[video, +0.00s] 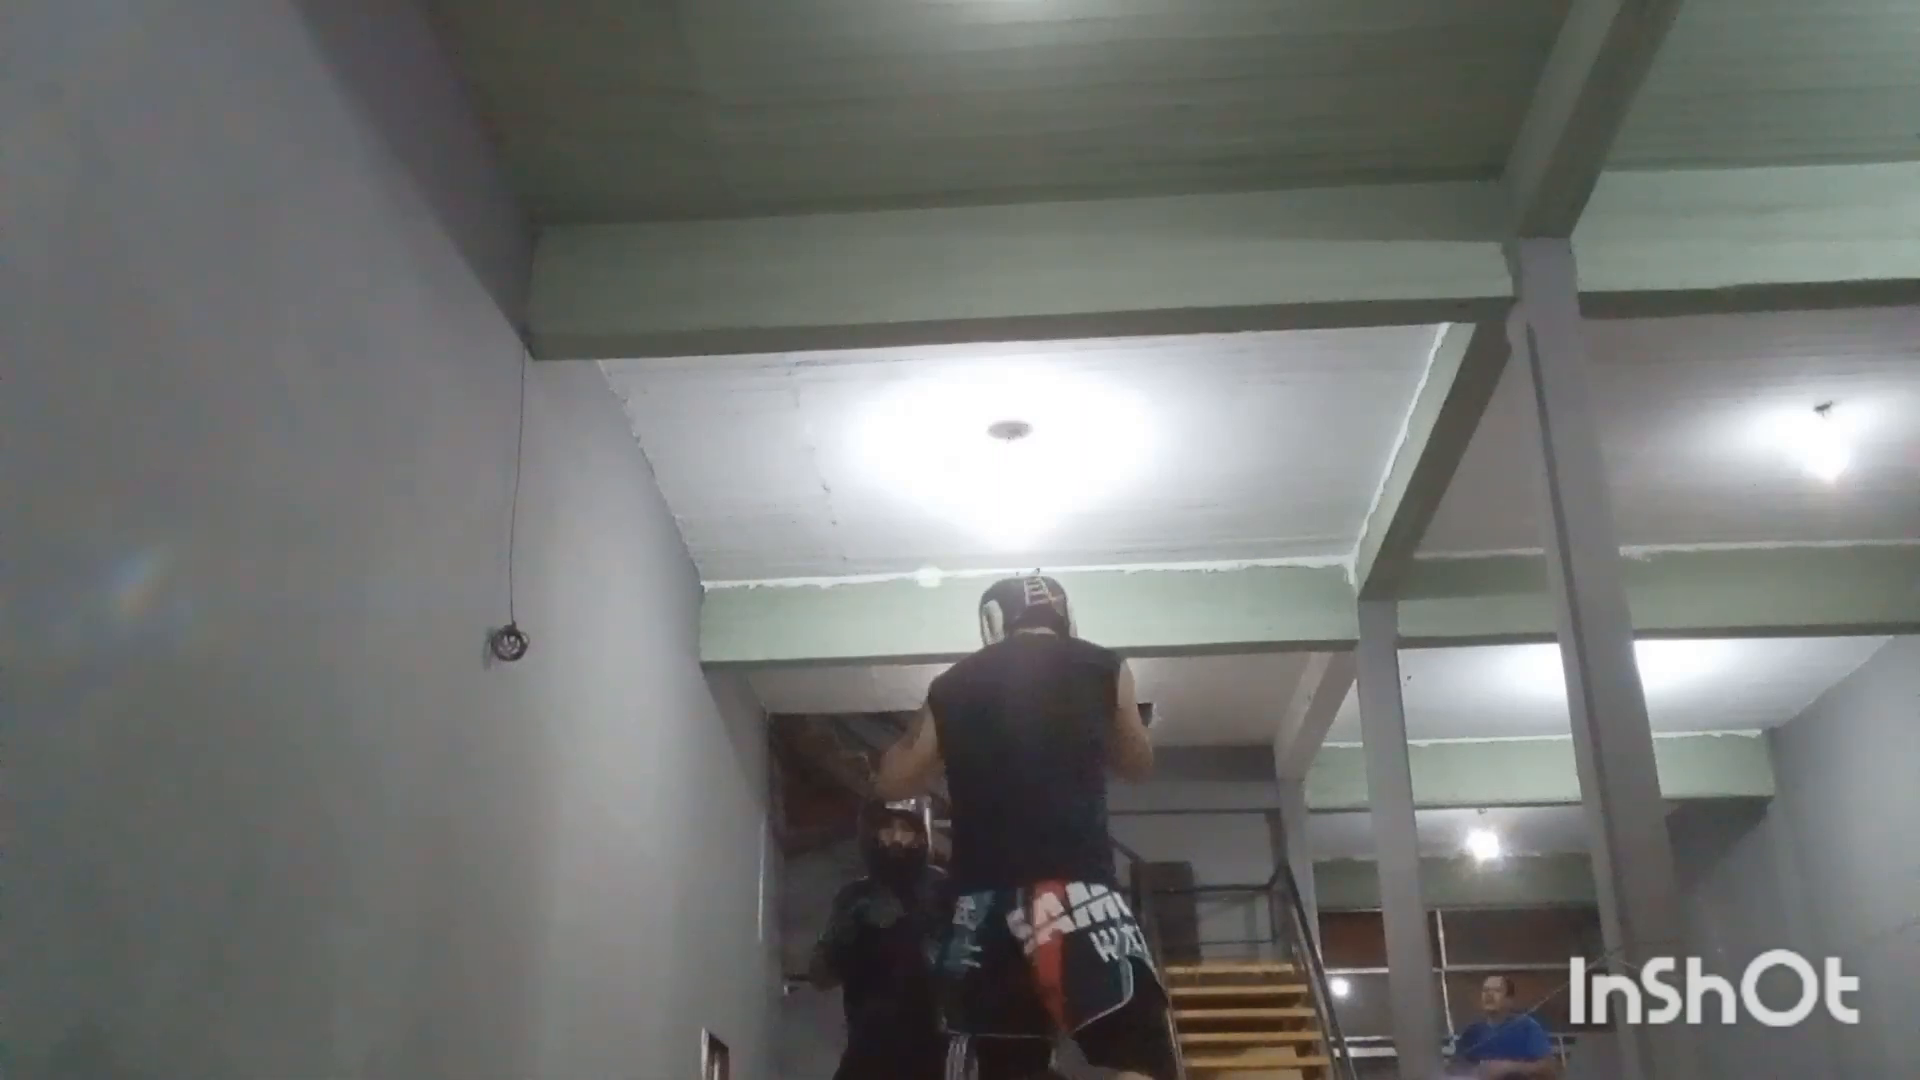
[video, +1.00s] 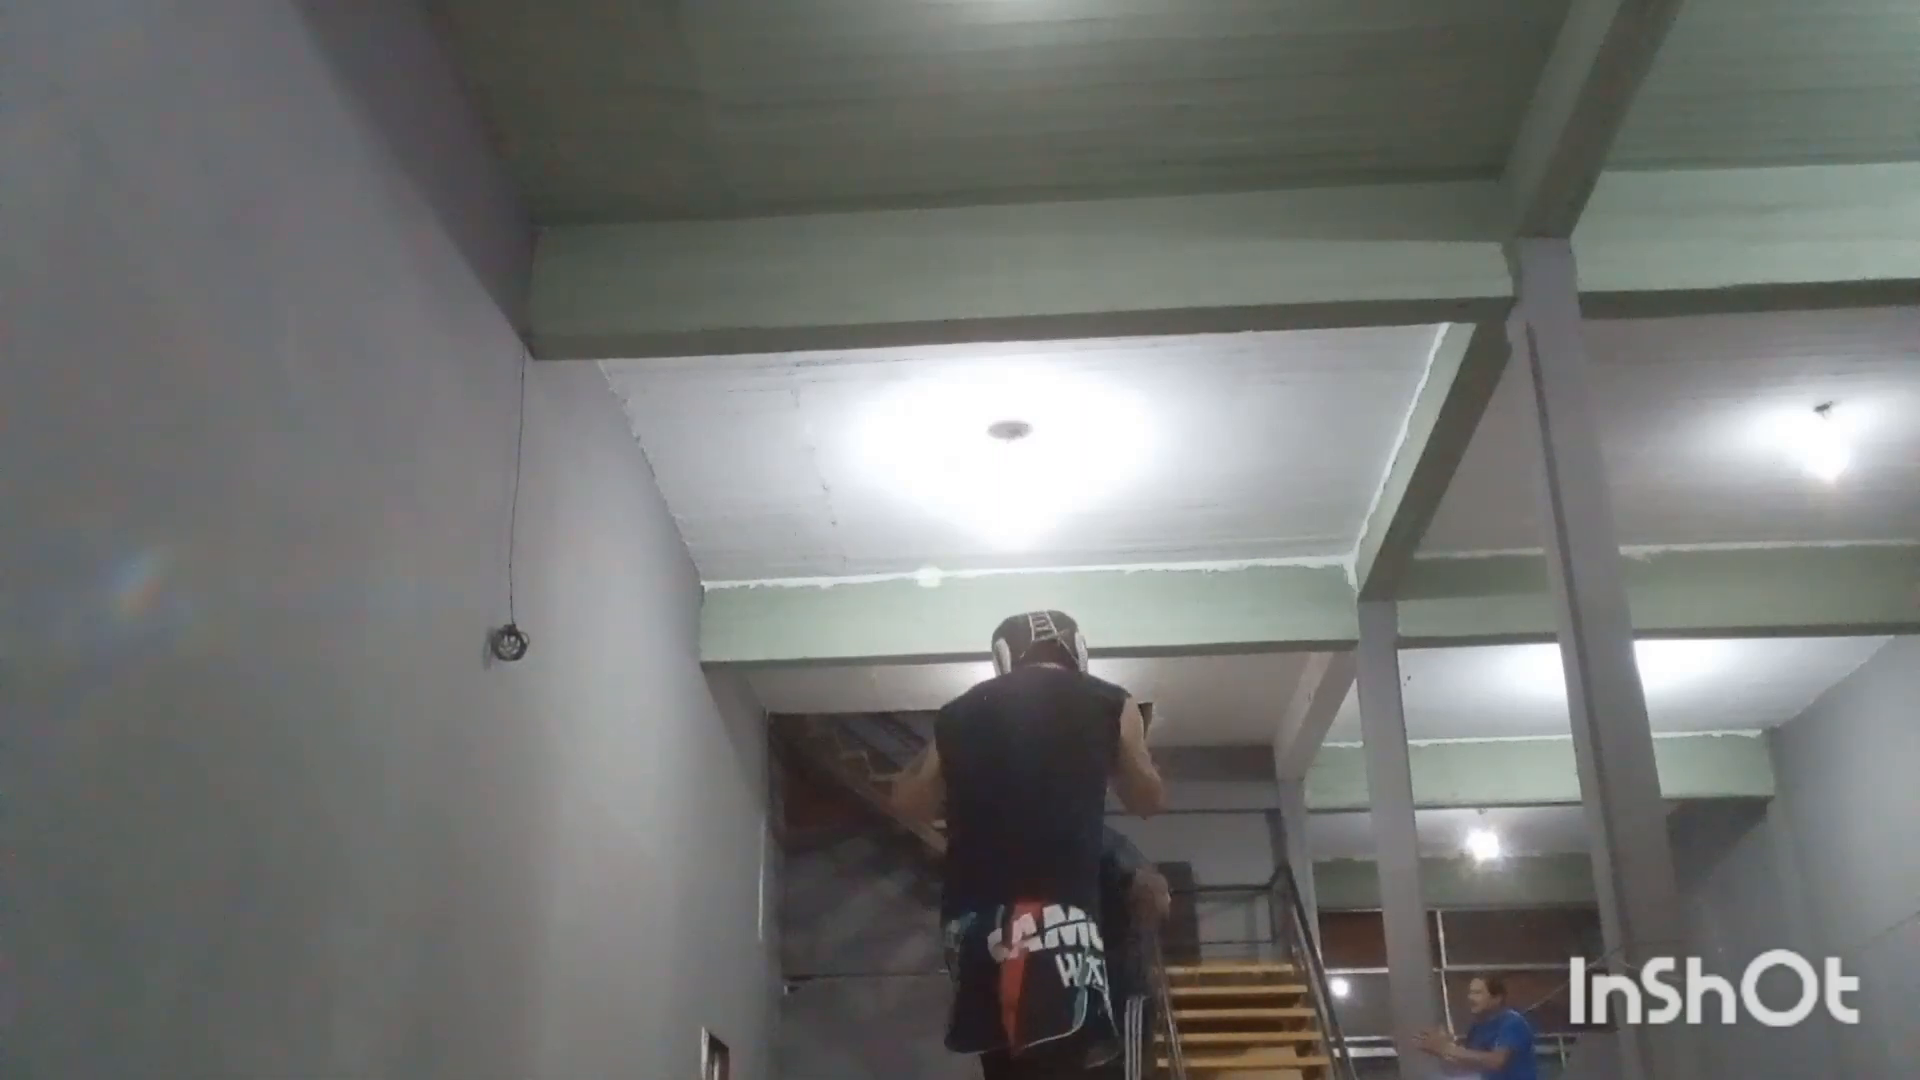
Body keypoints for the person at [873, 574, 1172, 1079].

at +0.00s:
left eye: (987, 623)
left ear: (995, 623)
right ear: (1062, 620)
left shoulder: (954, 685)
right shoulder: (1105, 667)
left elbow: (892, 781)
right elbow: (1137, 764)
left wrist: (943, 736)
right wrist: (1092, 723)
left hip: (984, 912)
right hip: (1086, 905)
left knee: (1003, 1068)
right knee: (1141, 1063)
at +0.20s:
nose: (1009, 638)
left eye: (1009, 630)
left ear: (1020, 629)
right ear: (1091, 627)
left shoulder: (976, 689)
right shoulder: (1134, 682)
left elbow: (911, 778)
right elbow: (1157, 783)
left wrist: (953, 777)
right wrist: (1107, 741)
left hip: (1008, 915)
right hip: (1110, 914)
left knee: (1023, 1069)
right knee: (1130, 1069)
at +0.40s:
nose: (1012, 641)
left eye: (1013, 634)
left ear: (1022, 634)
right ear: (1089, 631)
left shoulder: (982, 689)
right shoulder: (1135, 679)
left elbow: (926, 789)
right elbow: (1164, 782)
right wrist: (1112, 741)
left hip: (1013, 900)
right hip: (1116, 897)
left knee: (1015, 1062)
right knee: (1133, 1062)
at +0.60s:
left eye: (1000, 654)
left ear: (1010, 653)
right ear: (1075, 650)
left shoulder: (969, 709)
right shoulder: (1113, 691)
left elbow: (943, 810)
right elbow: (1150, 783)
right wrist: (1136, 730)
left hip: (998, 909)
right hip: (1098, 900)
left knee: (1012, 1058)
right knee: (1116, 1056)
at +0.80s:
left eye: (992, 657)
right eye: (1072, 650)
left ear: (1002, 656)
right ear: (1068, 650)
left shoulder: (964, 707)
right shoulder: (1103, 690)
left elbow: (935, 807)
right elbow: (1143, 787)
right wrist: (1122, 734)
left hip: (983, 923)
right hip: (1079, 917)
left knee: (1002, 1065)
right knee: (1093, 1065)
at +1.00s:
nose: (1086, 660)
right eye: (1082, 653)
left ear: (1007, 659)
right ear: (1073, 654)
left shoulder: (961, 711)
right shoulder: (1108, 701)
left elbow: (908, 800)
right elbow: (1146, 799)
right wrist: (1134, 741)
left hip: (973, 915)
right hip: (1066, 913)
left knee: (999, 1062)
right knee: (1060, 1061)